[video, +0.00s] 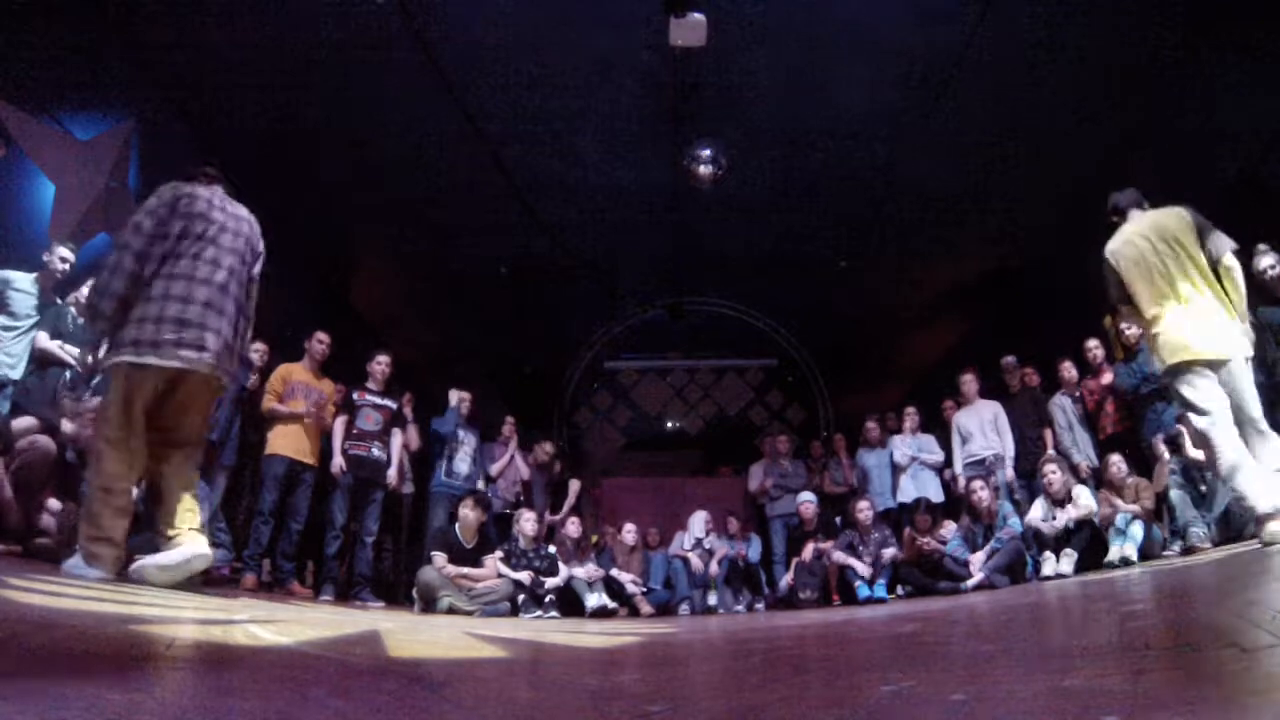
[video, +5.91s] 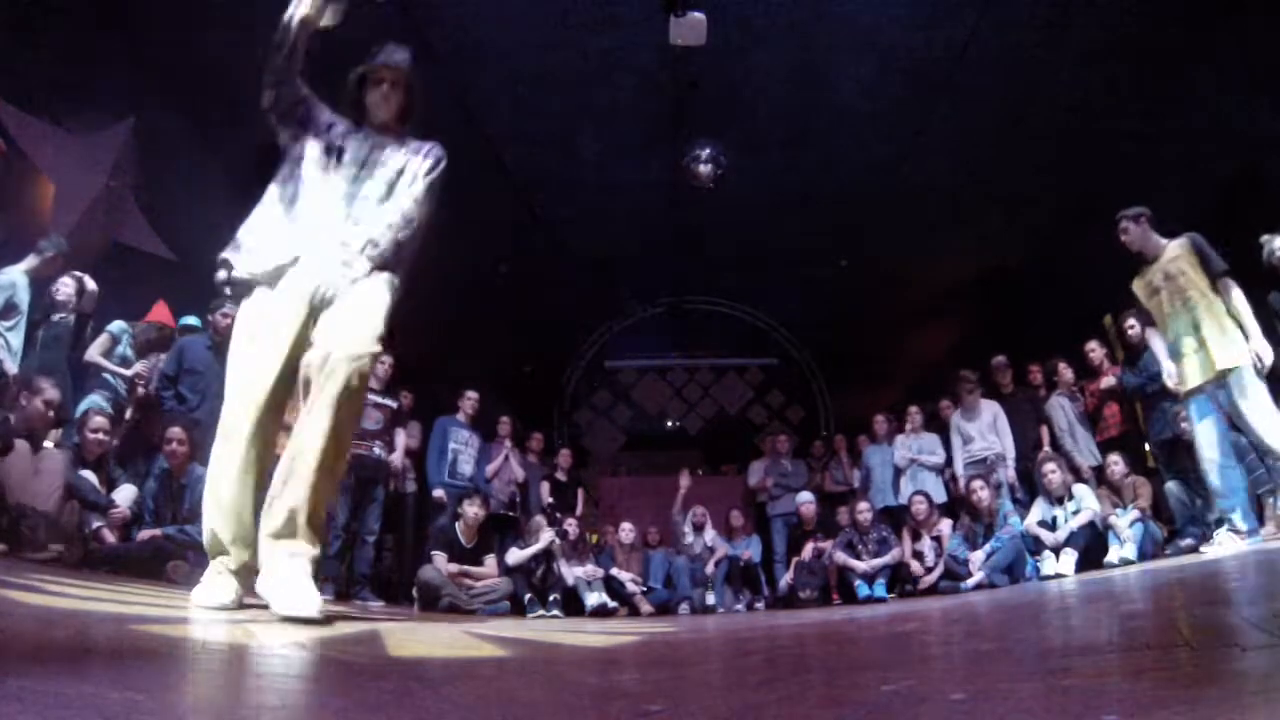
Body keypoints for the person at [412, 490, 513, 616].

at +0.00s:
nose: (466, 512)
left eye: (473, 509)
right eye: (464, 507)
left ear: (483, 517)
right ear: (458, 510)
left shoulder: (485, 539)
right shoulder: (442, 534)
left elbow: (492, 572)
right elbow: (441, 568)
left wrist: (460, 571)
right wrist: (474, 585)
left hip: (477, 590)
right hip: (448, 588)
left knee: (507, 585)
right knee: (426, 574)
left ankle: (455, 606)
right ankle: (477, 610)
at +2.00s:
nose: (466, 507)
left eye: (473, 504)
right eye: (464, 502)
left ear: (484, 515)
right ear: (459, 506)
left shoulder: (485, 537)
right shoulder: (442, 532)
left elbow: (493, 572)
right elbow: (441, 567)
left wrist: (461, 568)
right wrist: (474, 584)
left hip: (477, 589)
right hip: (447, 587)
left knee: (506, 585)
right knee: (427, 574)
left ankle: (454, 605)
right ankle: (477, 609)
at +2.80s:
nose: (484, 514)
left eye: (486, 509)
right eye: (478, 508)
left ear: (489, 512)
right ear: (462, 510)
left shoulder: (485, 538)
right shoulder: (442, 533)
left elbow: (493, 572)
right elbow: (442, 570)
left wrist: (462, 569)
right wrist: (474, 584)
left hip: (476, 591)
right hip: (447, 588)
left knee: (506, 585)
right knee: (427, 574)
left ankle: (453, 604)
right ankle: (476, 609)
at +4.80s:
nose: (487, 513)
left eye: (488, 508)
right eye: (482, 507)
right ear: (465, 509)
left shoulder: (484, 536)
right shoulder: (443, 531)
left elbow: (492, 572)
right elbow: (441, 569)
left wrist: (461, 569)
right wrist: (474, 584)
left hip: (477, 590)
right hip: (448, 588)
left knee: (507, 585)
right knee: (427, 572)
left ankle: (456, 605)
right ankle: (476, 609)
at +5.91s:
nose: (475, 511)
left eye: (480, 507)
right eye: (470, 505)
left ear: (485, 513)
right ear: (460, 509)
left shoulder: (484, 536)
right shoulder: (443, 531)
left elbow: (493, 572)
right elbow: (442, 570)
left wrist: (461, 569)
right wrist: (474, 584)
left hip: (476, 591)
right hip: (446, 589)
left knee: (507, 584)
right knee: (427, 573)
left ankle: (456, 603)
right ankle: (478, 608)